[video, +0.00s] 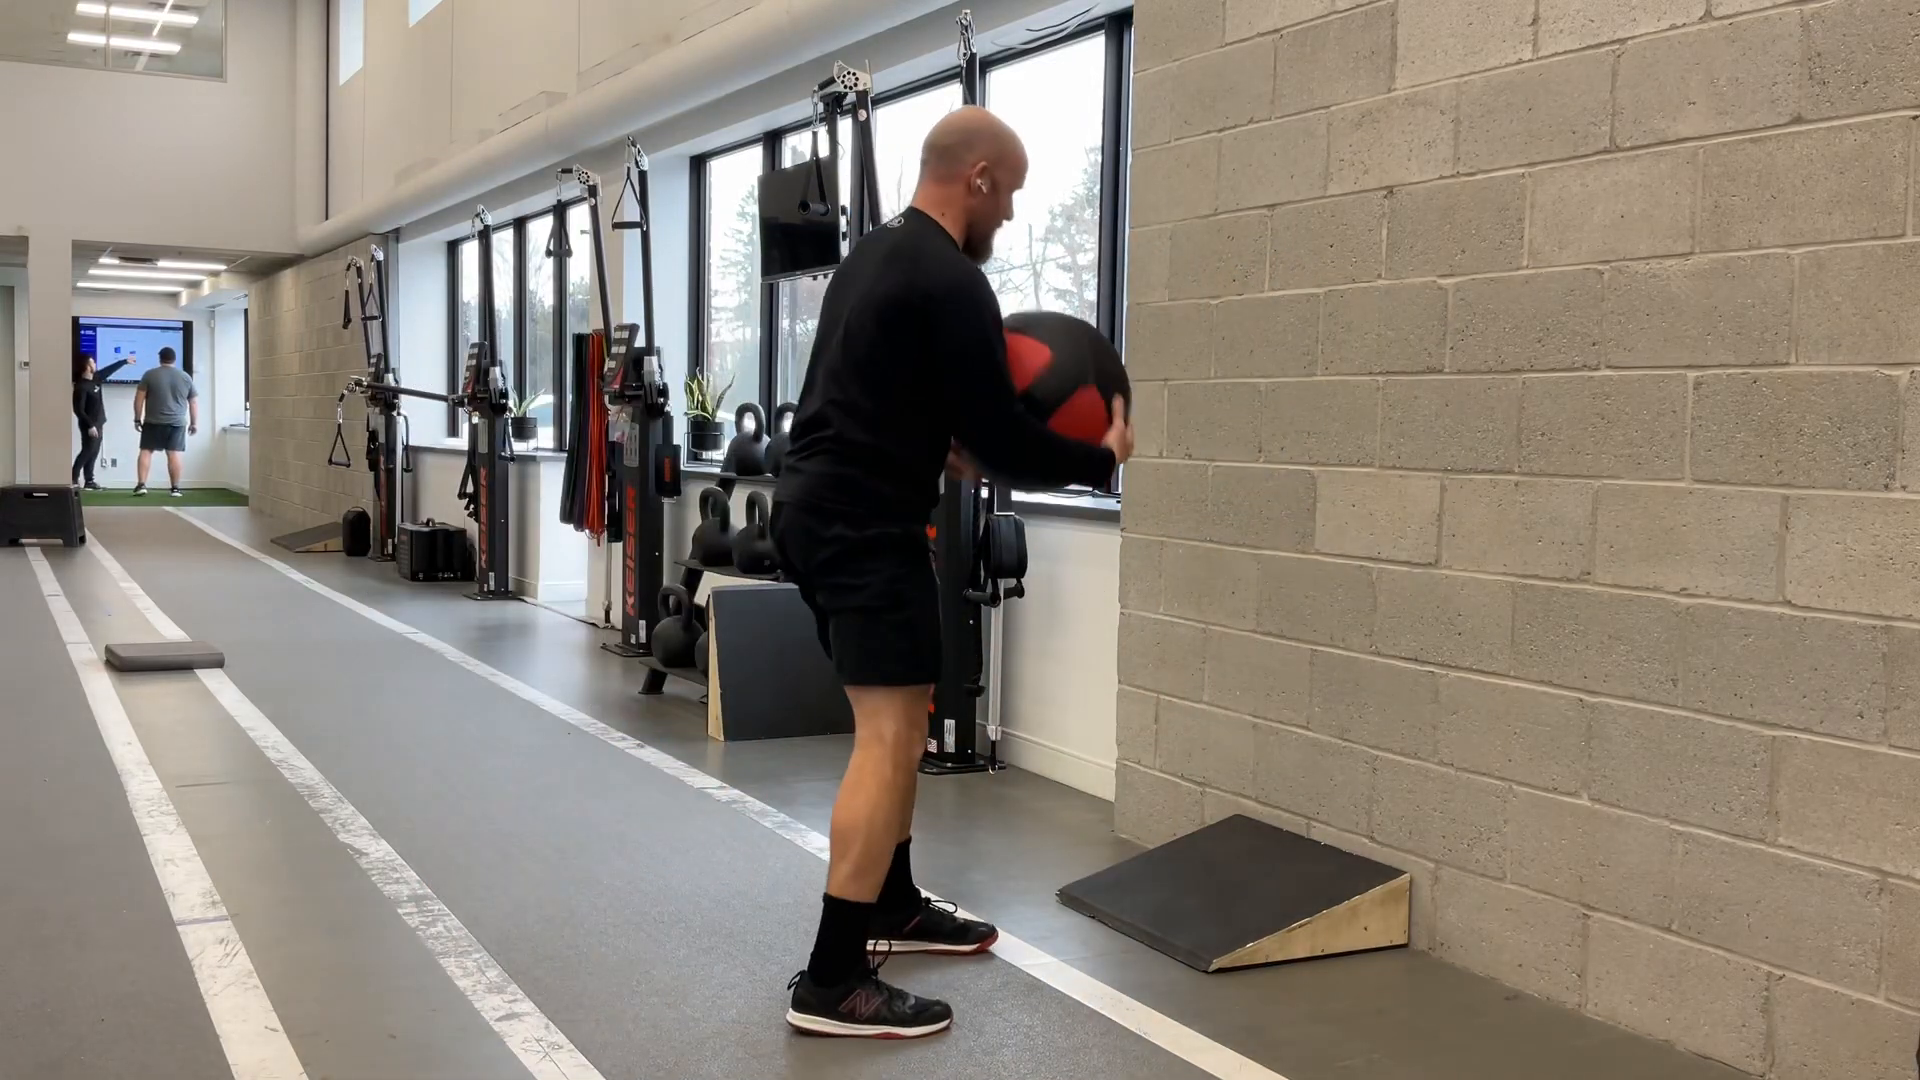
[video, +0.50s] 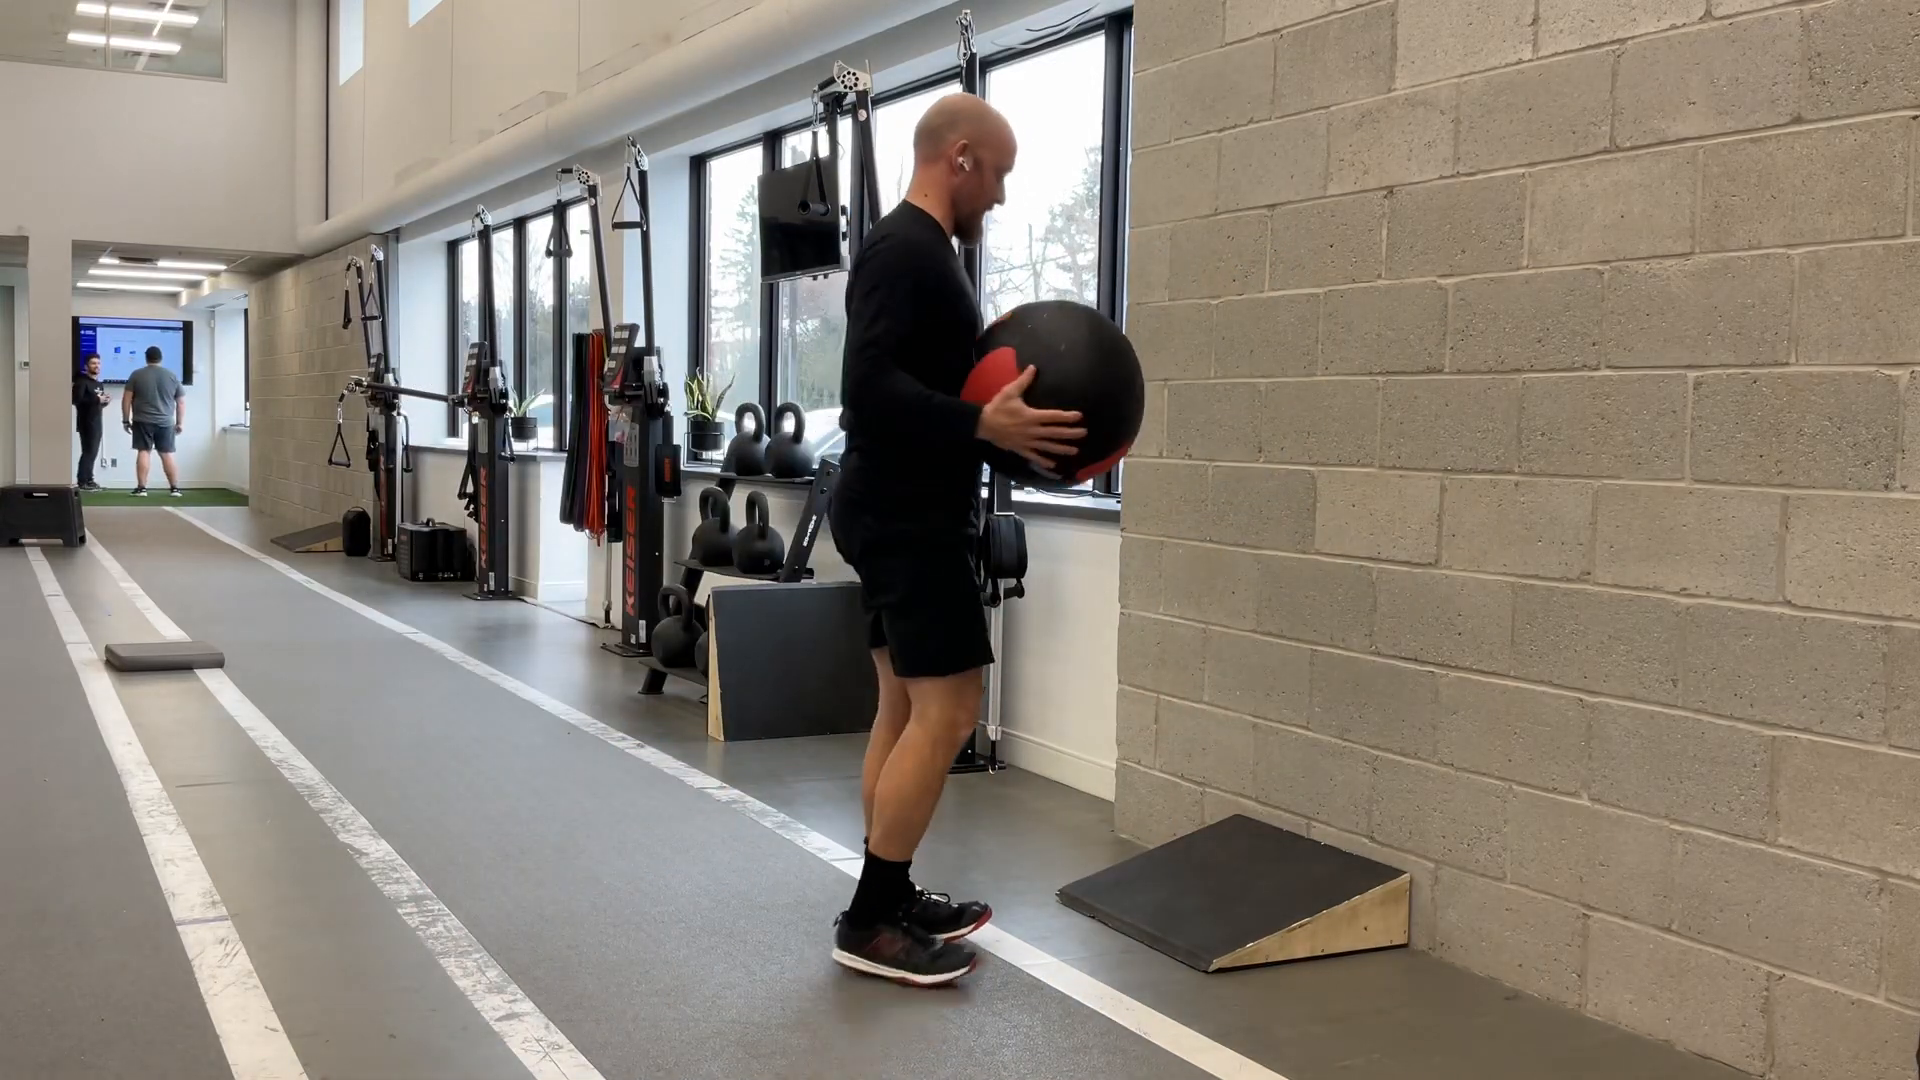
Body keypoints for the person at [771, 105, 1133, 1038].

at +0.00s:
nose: (1007, 217)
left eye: (1011, 199)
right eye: (1008, 197)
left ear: (939, 174)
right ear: (975, 182)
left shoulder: (878, 254)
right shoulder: (950, 284)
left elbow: (880, 398)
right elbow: (1004, 446)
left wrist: (953, 447)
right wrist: (1102, 456)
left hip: (833, 505)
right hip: (865, 518)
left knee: (902, 719)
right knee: (888, 734)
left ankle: (889, 902)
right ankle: (832, 978)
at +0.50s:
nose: (1000, 194)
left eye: (1003, 177)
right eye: (997, 174)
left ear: (948, 160)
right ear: (956, 162)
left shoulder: (926, 249)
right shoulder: (905, 250)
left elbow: (948, 382)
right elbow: (872, 390)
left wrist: (1053, 424)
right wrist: (981, 420)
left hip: (902, 507)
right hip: (908, 512)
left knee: (903, 708)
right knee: (948, 710)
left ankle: (891, 896)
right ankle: (870, 920)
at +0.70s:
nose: (1027, 206)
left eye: (1031, 190)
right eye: (1025, 188)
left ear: (979, 173)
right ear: (982, 172)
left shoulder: (977, 274)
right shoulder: (908, 263)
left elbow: (987, 400)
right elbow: (860, 403)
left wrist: (1073, 450)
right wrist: (976, 424)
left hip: (969, 523)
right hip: (913, 527)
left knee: (999, 696)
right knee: (935, 720)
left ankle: (917, 877)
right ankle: (877, 921)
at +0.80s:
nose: (1045, 210)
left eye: (1049, 194)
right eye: (1043, 192)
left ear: (997, 178)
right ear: (998, 177)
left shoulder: (1005, 282)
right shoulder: (914, 267)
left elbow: (1009, 404)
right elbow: (890, 419)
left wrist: (1100, 438)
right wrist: (1005, 410)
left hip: (988, 519)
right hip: (919, 527)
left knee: (1053, 685)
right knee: (943, 721)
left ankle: (978, 855)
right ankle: (879, 919)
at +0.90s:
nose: (1072, 215)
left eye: (1077, 199)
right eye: (1069, 197)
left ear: (1024, 185)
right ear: (1021, 183)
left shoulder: (1035, 284)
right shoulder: (939, 274)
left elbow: (1041, 406)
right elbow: (931, 409)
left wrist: (1130, 453)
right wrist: (1053, 407)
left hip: (1013, 513)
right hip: (938, 522)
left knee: (1093, 674)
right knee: (951, 720)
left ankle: (1071, 842)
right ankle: (883, 917)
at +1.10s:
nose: (1163, 241)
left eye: (1168, 226)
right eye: (1156, 224)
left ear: (1116, 213)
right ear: (1103, 208)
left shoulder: (1116, 305)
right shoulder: (1025, 291)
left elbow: (1091, 421)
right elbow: (1028, 422)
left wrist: (1161, 452)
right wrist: (1135, 421)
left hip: (1079, 519)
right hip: (999, 527)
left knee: (1141, 674)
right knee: (997, 710)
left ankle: (1143, 842)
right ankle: (900, 901)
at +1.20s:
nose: (1204, 274)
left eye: (1212, 258)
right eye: (1197, 255)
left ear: (1166, 239)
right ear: (1146, 232)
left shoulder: (1155, 315)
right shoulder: (1070, 309)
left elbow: (1133, 426)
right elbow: (1077, 440)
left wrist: (1202, 466)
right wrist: (1173, 428)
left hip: (1103, 508)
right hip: (1028, 512)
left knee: (1164, 672)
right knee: (1068, 692)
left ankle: (1143, 845)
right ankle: (956, 873)